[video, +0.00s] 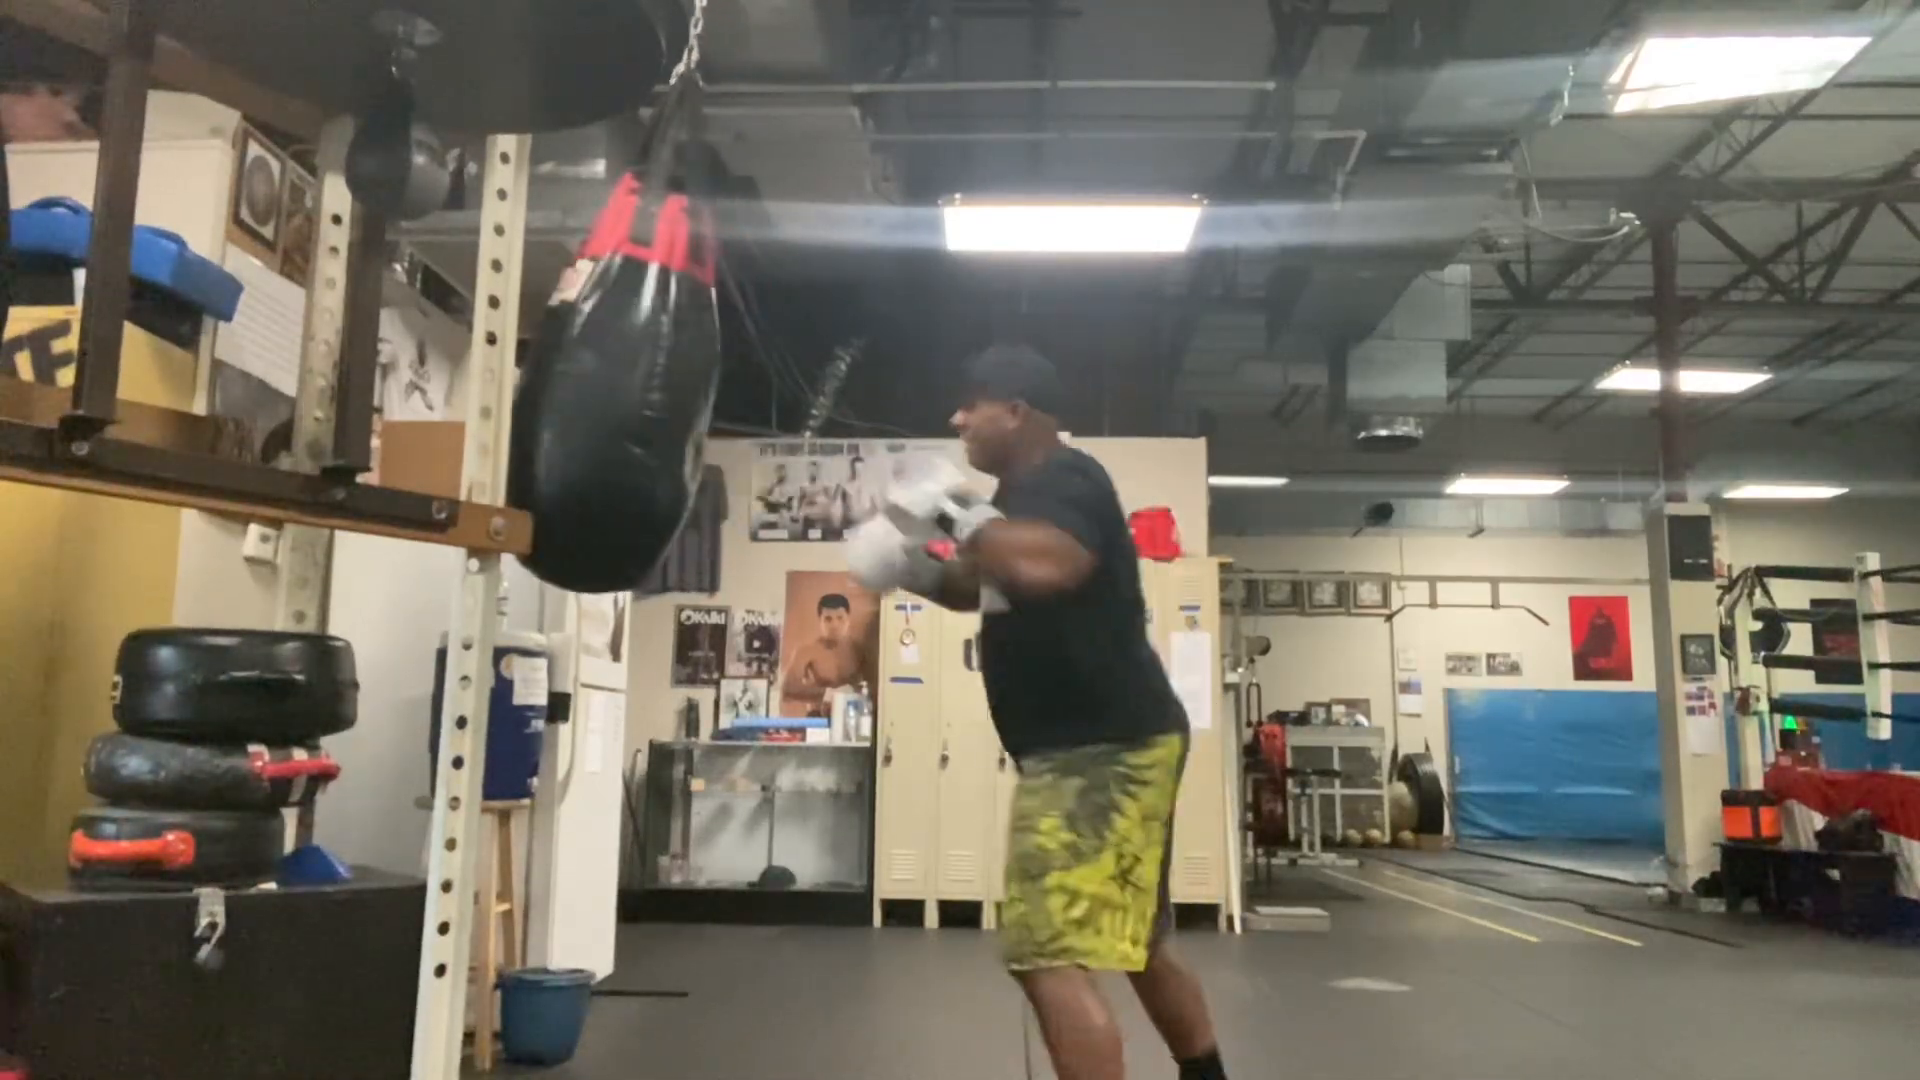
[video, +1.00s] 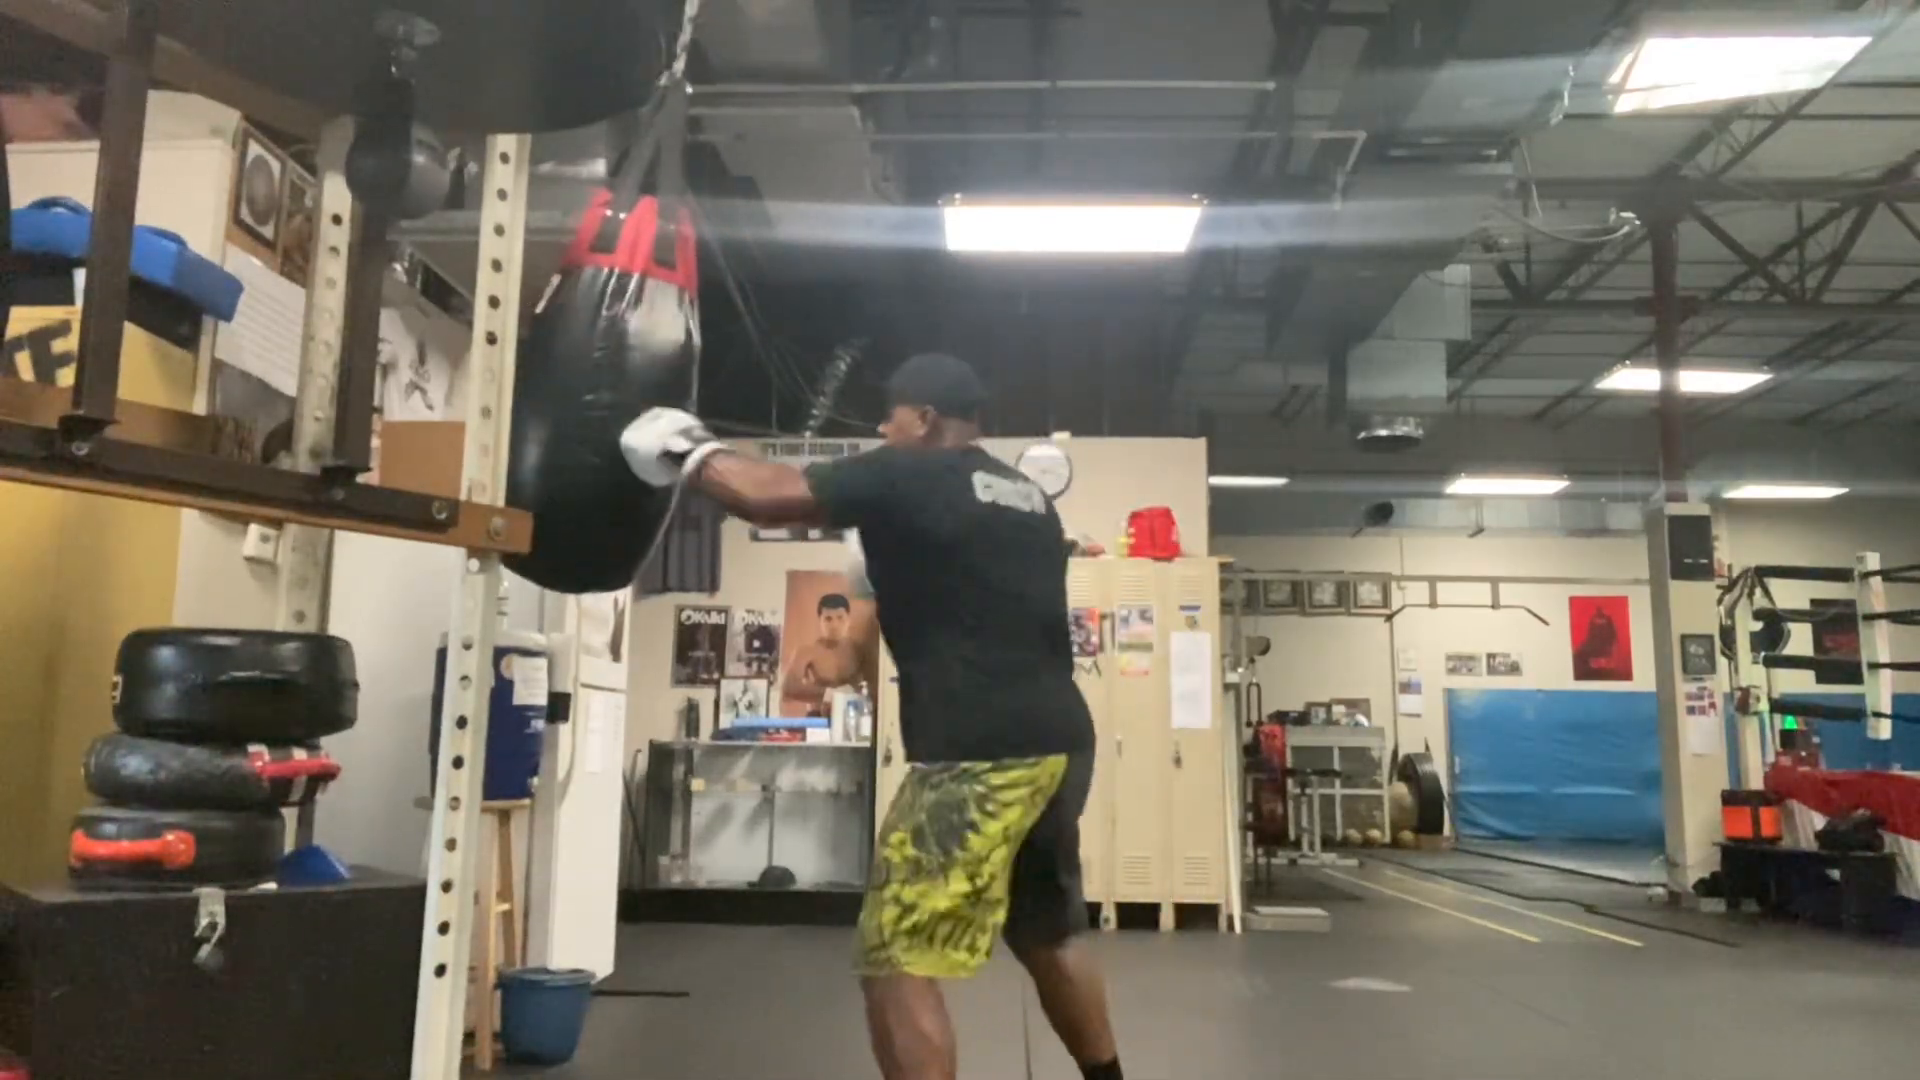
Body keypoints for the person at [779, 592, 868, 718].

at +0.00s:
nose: (834, 625)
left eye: (840, 618)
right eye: (828, 619)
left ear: (848, 620)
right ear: (819, 621)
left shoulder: (858, 652)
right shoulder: (806, 652)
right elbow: (789, 688)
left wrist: (816, 687)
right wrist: (827, 693)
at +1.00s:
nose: (834, 625)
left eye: (840, 618)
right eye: (828, 619)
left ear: (848, 620)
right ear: (819, 621)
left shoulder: (857, 651)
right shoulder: (808, 652)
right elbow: (790, 688)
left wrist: (816, 685)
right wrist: (828, 693)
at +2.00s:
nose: (834, 624)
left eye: (840, 618)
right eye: (828, 619)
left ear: (848, 619)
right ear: (820, 620)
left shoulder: (858, 651)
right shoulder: (807, 651)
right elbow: (789, 688)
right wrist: (826, 693)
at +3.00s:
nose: (835, 625)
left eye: (840, 618)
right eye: (828, 619)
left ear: (849, 620)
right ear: (819, 621)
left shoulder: (859, 652)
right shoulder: (808, 652)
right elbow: (789, 687)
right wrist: (827, 693)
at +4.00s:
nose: (834, 625)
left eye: (840, 618)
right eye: (828, 619)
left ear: (848, 619)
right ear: (819, 620)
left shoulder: (857, 653)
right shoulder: (807, 652)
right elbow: (789, 688)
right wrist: (825, 694)